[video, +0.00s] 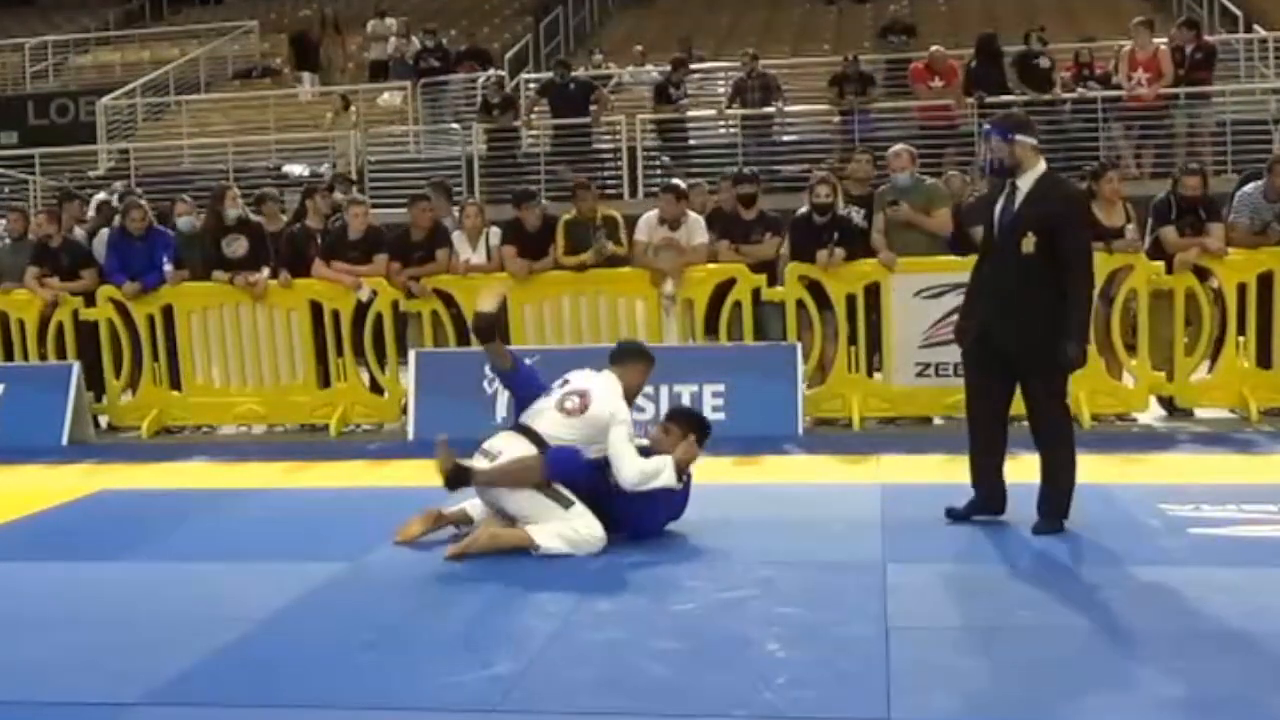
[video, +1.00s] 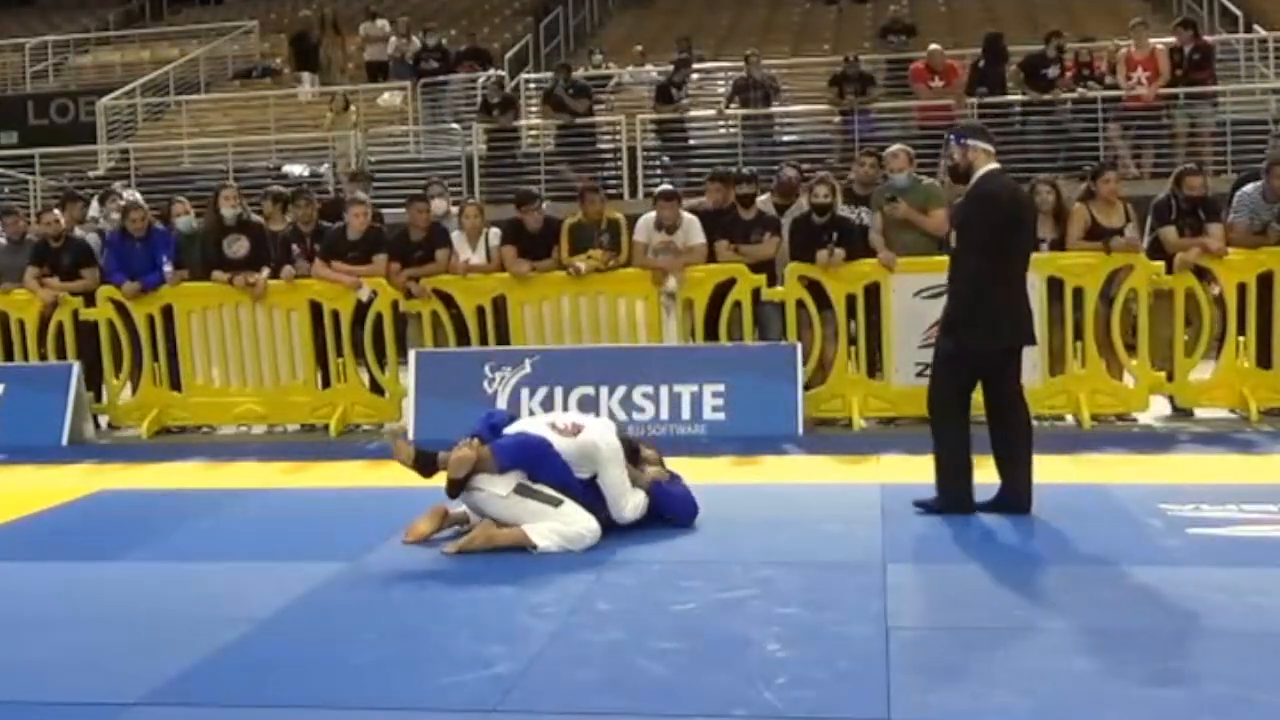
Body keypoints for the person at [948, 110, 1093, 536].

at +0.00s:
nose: (993, 154)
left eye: (998, 146)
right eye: (992, 146)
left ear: (1023, 145)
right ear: (1015, 147)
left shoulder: (1065, 197)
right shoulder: (1000, 195)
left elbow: (1079, 273)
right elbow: (986, 267)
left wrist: (1076, 336)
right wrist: (967, 317)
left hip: (1041, 332)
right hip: (990, 330)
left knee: (1050, 426)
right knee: (984, 420)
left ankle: (1053, 513)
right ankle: (987, 497)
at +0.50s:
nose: (976, 158)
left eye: (979, 150)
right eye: (975, 151)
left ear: (999, 147)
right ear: (998, 149)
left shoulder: (1033, 195)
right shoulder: (1001, 195)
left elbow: (1029, 276)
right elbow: (992, 270)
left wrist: (1010, 330)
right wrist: (981, 325)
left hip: (1019, 327)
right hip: (991, 325)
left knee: (1032, 412)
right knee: (1000, 411)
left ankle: (1049, 507)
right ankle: (1011, 492)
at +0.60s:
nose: (973, 160)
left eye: (975, 152)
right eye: (972, 153)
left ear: (994, 149)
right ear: (995, 149)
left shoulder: (1022, 196)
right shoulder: (997, 195)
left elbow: (1016, 275)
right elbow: (990, 270)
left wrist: (996, 330)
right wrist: (976, 326)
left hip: (1011, 326)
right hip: (987, 325)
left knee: (1022, 412)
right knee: (997, 412)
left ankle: (1046, 504)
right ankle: (1012, 490)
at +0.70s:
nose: (966, 162)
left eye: (969, 154)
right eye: (966, 155)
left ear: (987, 151)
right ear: (996, 151)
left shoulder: (1009, 195)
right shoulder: (1007, 192)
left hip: (1000, 324)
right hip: (989, 322)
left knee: (1008, 412)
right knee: (996, 410)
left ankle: (1036, 504)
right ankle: (1011, 489)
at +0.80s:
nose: (961, 163)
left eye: (963, 154)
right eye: (960, 155)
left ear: (981, 151)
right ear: (992, 151)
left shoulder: (1003, 195)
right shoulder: (1006, 191)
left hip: (993, 327)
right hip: (993, 325)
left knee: (991, 405)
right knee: (995, 402)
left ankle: (1017, 495)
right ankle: (1010, 489)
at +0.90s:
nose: (956, 163)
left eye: (959, 154)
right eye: (956, 155)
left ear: (975, 150)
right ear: (993, 150)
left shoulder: (993, 193)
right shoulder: (1015, 192)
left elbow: (941, 222)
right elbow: (996, 268)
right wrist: (961, 313)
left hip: (979, 323)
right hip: (1006, 322)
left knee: (959, 401)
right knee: (1006, 401)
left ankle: (985, 496)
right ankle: (1016, 495)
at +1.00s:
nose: (951, 162)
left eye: (953, 154)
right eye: (951, 154)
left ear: (968, 151)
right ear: (989, 151)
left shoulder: (978, 198)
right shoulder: (1017, 195)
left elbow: (971, 269)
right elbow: (1008, 269)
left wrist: (950, 320)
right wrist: (957, 314)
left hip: (971, 322)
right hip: (1006, 320)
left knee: (946, 402)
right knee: (1007, 403)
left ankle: (954, 494)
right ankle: (1016, 493)